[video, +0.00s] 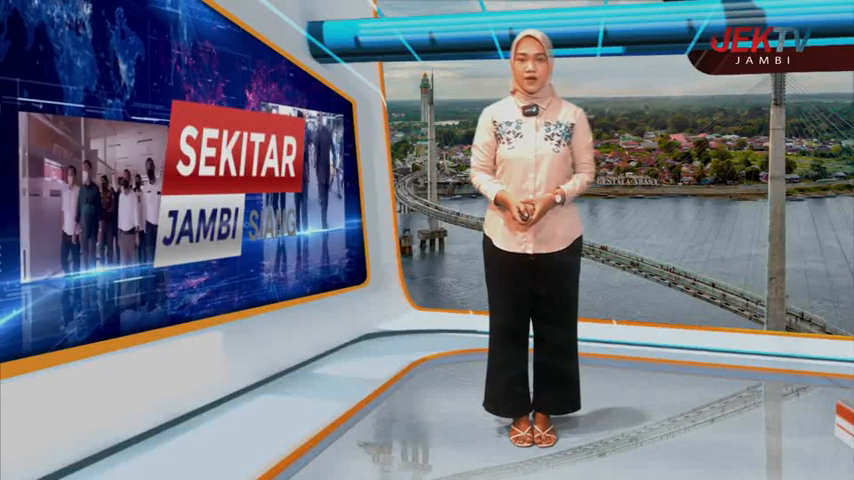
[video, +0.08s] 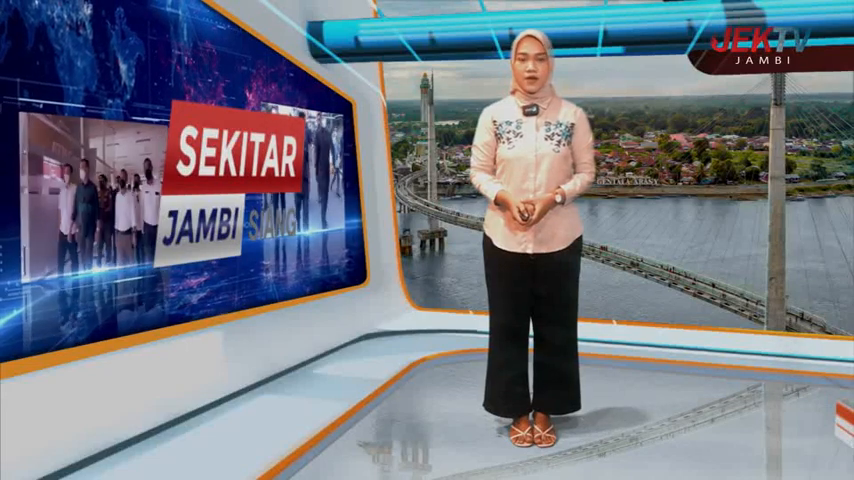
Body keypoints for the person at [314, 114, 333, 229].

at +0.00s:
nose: (319, 119)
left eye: (320, 117)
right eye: (317, 117)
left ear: (323, 119)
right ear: (316, 119)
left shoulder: (327, 132)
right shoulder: (316, 132)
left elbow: (333, 149)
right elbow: (315, 148)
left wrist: (334, 165)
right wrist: (315, 164)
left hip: (327, 163)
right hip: (319, 163)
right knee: (321, 182)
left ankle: (324, 220)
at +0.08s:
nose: (318, 121)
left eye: (320, 119)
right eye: (317, 119)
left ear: (323, 120)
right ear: (316, 121)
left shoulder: (327, 133)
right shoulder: (315, 134)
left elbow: (332, 149)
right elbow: (315, 150)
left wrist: (334, 164)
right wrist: (314, 165)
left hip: (326, 164)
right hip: (318, 164)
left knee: (325, 193)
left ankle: (324, 217)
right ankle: (320, 196)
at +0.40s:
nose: (321, 124)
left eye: (323, 122)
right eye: (320, 122)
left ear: (325, 124)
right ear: (319, 124)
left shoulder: (327, 136)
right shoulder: (317, 136)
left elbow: (332, 151)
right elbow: (317, 160)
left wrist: (327, 146)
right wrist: (317, 174)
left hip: (326, 171)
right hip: (320, 172)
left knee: (327, 201)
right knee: (321, 202)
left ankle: (327, 222)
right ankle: (321, 223)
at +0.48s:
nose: (321, 127)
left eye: (323, 124)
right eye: (320, 124)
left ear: (326, 126)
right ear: (319, 125)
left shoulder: (327, 137)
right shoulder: (317, 137)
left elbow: (332, 152)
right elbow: (316, 158)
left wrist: (328, 146)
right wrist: (317, 173)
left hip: (326, 166)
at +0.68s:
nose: (321, 132)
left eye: (322, 129)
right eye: (319, 129)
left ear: (325, 131)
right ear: (317, 130)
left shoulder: (327, 142)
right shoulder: (318, 143)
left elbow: (333, 161)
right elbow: (317, 163)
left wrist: (329, 153)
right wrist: (320, 179)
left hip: (328, 174)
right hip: (321, 174)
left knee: (329, 201)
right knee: (322, 203)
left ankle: (330, 223)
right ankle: (320, 224)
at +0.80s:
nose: (322, 133)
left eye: (324, 131)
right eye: (321, 130)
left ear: (326, 132)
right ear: (318, 132)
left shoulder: (328, 145)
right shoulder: (319, 145)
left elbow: (334, 162)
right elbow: (317, 160)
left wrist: (330, 156)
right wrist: (316, 174)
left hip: (328, 173)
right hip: (322, 172)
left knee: (329, 196)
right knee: (323, 197)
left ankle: (329, 220)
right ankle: (324, 220)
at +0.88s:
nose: (321, 133)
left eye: (323, 131)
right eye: (320, 131)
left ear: (326, 132)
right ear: (318, 132)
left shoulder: (328, 144)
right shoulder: (320, 145)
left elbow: (334, 162)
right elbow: (318, 160)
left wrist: (330, 154)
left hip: (329, 174)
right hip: (322, 173)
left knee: (329, 196)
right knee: (325, 197)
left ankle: (328, 221)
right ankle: (325, 221)